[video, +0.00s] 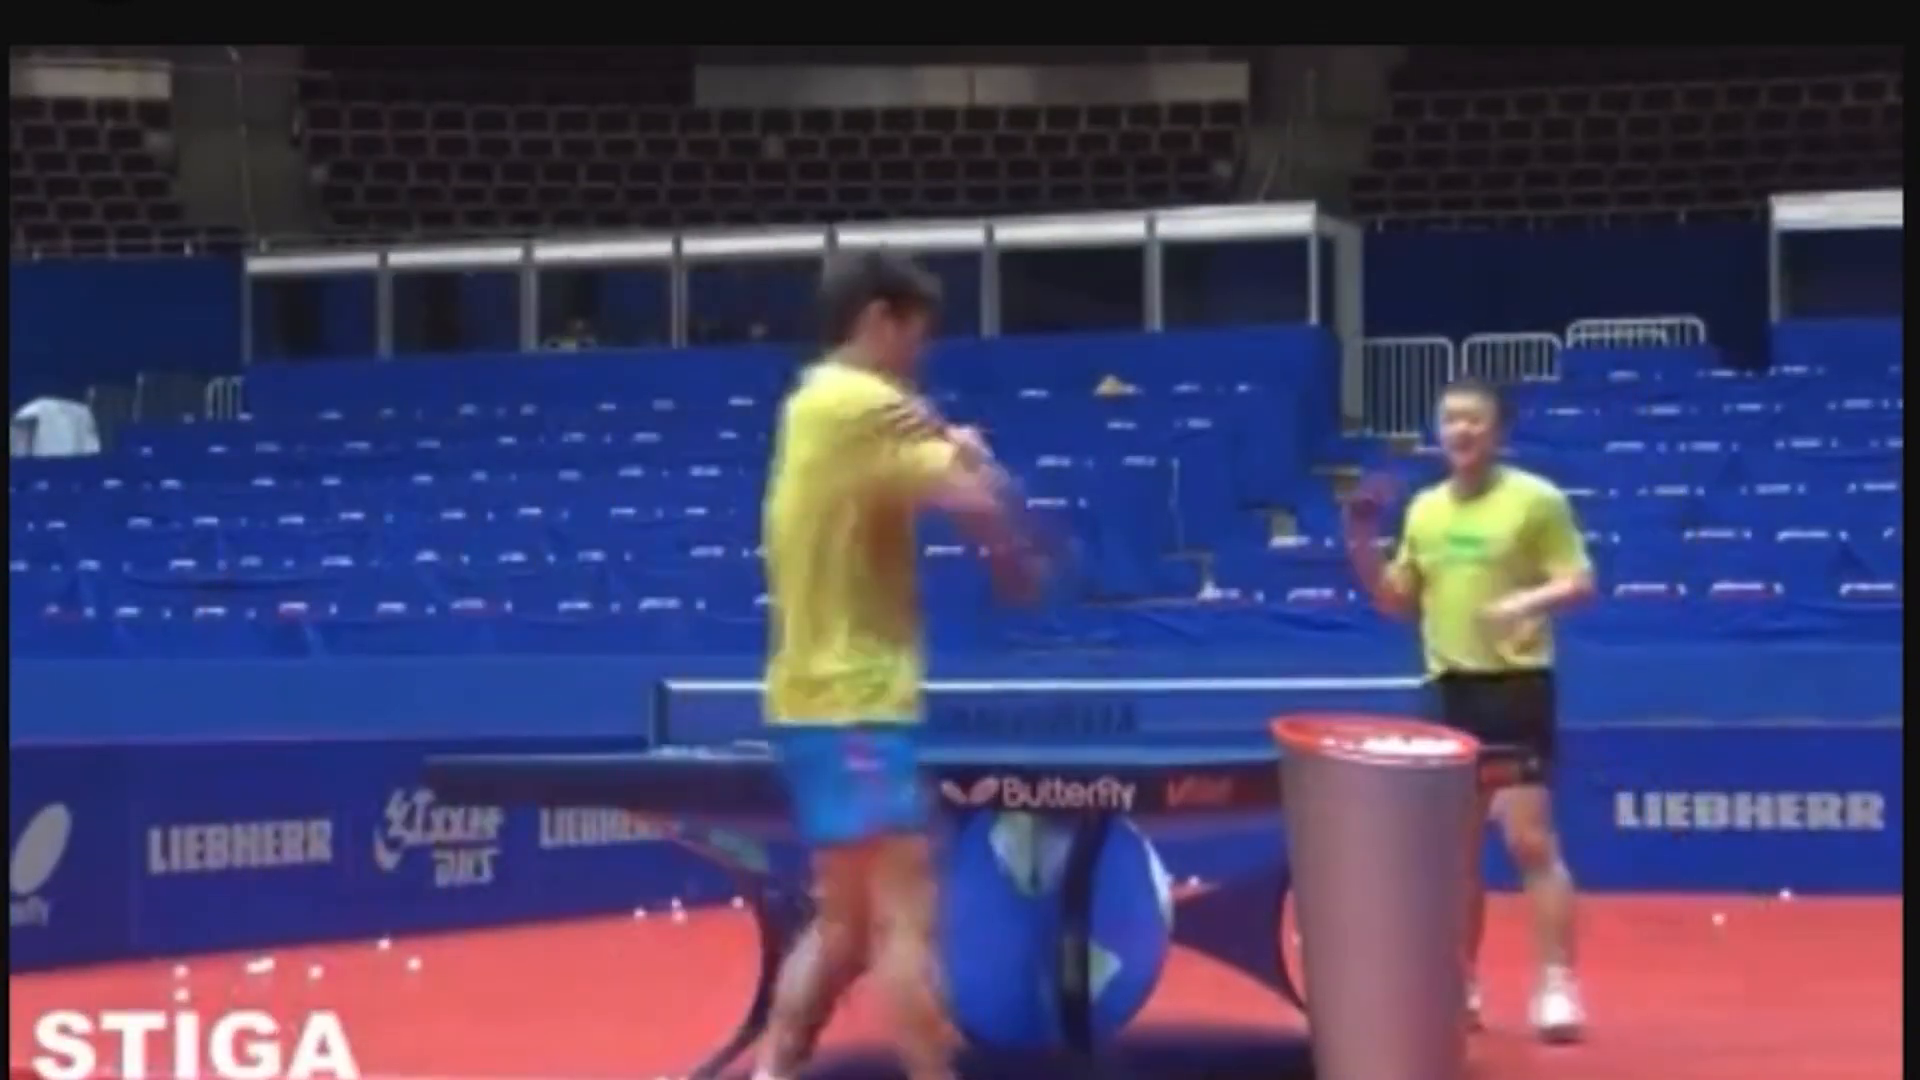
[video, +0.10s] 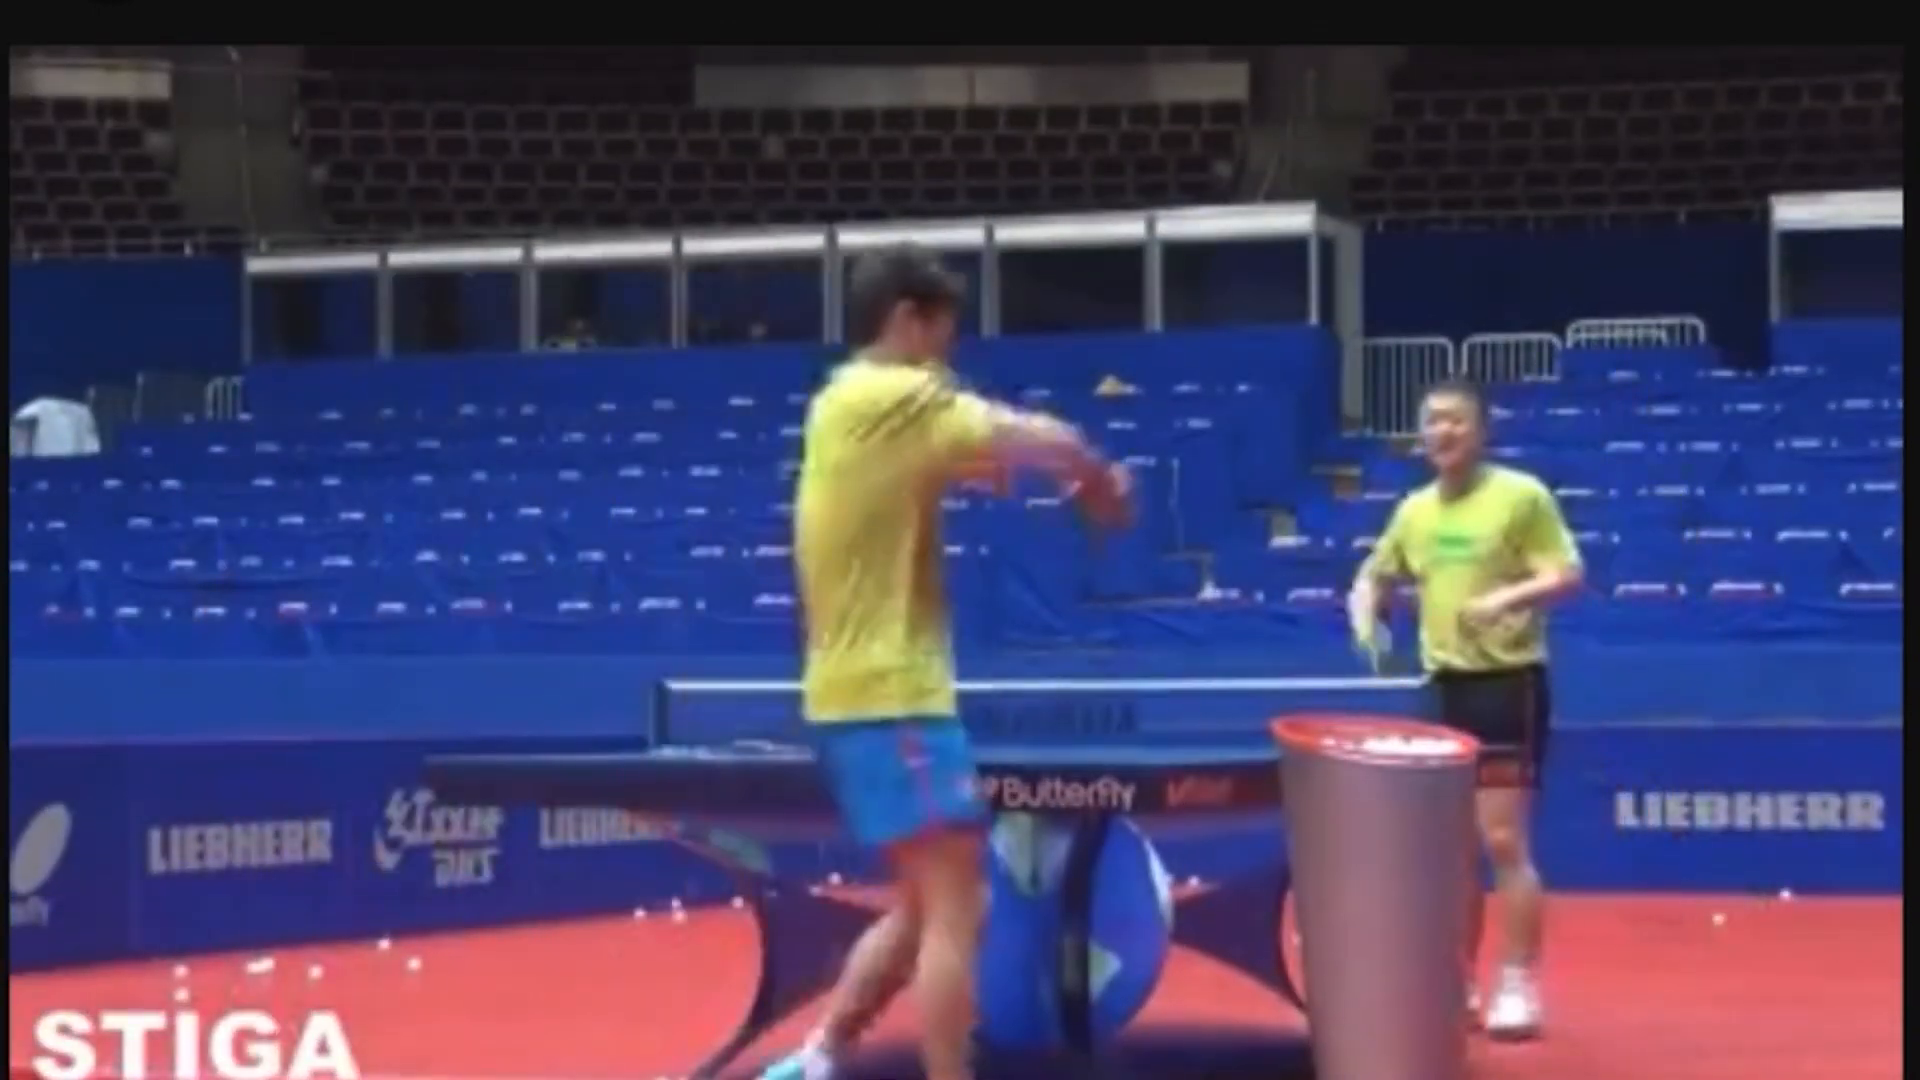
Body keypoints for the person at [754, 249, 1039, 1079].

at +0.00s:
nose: (923, 351)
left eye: (925, 332)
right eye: (918, 331)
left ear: (866, 324)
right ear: (879, 320)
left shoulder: (817, 399)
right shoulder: (858, 405)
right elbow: (978, 497)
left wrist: (959, 457)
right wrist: (1009, 554)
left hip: (817, 702)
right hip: (858, 707)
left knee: (842, 929)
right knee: (906, 922)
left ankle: (771, 1068)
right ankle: (936, 1068)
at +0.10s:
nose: (946, 348)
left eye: (949, 333)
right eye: (942, 330)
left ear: (887, 323)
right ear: (905, 319)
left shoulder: (845, 400)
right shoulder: (891, 400)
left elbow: (978, 459)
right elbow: (1044, 441)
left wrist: (1054, 461)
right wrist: (1096, 478)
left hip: (855, 698)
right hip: (894, 699)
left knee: (920, 902)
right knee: (953, 907)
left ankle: (815, 1059)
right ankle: (951, 1070)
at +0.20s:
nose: (978, 340)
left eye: (980, 327)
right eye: (974, 325)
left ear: (913, 318)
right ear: (935, 313)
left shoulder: (867, 394)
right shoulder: (919, 378)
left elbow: (1013, 477)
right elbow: (1064, 362)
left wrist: (965, 417)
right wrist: (1109, 386)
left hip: (877, 691)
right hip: (914, 692)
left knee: (953, 887)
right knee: (970, 895)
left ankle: (859, 1055)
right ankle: (956, 1070)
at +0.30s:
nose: (993, 316)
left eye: (989, 299)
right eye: (984, 297)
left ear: (942, 303)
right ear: (948, 299)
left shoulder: (949, 402)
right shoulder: (903, 373)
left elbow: (1050, 465)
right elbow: (1029, 286)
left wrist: (983, 400)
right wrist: (1114, 276)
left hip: (946, 670)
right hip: (924, 670)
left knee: (960, 892)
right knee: (988, 895)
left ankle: (904, 1066)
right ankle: (958, 1070)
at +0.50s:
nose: (1036, 338)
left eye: (1037, 323)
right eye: (1031, 319)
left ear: (998, 319)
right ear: (998, 311)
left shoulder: (1000, 423)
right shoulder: (932, 385)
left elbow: (1087, 468)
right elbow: (943, 260)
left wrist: (1013, 404)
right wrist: (1028, 158)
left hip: (964, 670)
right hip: (954, 667)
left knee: (941, 909)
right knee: (1013, 903)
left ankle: (896, 1069)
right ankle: (962, 1071)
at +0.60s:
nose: (1058, 334)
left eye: (1058, 320)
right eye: (1055, 319)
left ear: (1008, 315)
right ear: (1031, 316)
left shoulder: (1013, 415)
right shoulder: (960, 387)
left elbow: (1096, 476)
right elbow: (948, 307)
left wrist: (1039, 412)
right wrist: (982, 199)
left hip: (957, 668)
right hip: (969, 667)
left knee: (946, 905)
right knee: (1013, 907)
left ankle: (893, 1064)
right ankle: (964, 1068)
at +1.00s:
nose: (1103, 343)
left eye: (1104, 329)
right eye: (1104, 328)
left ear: (1020, 319)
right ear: (1086, 324)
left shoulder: (1010, 389)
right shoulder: (1052, 386)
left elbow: (1083, 510)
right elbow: (1161, 478)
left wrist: (1157, 557)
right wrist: (1181, 540)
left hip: (1019, 687)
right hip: (991, 687)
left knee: (1074, 897)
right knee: (1010, 913)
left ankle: (1048, 1069)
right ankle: (962, 1070)